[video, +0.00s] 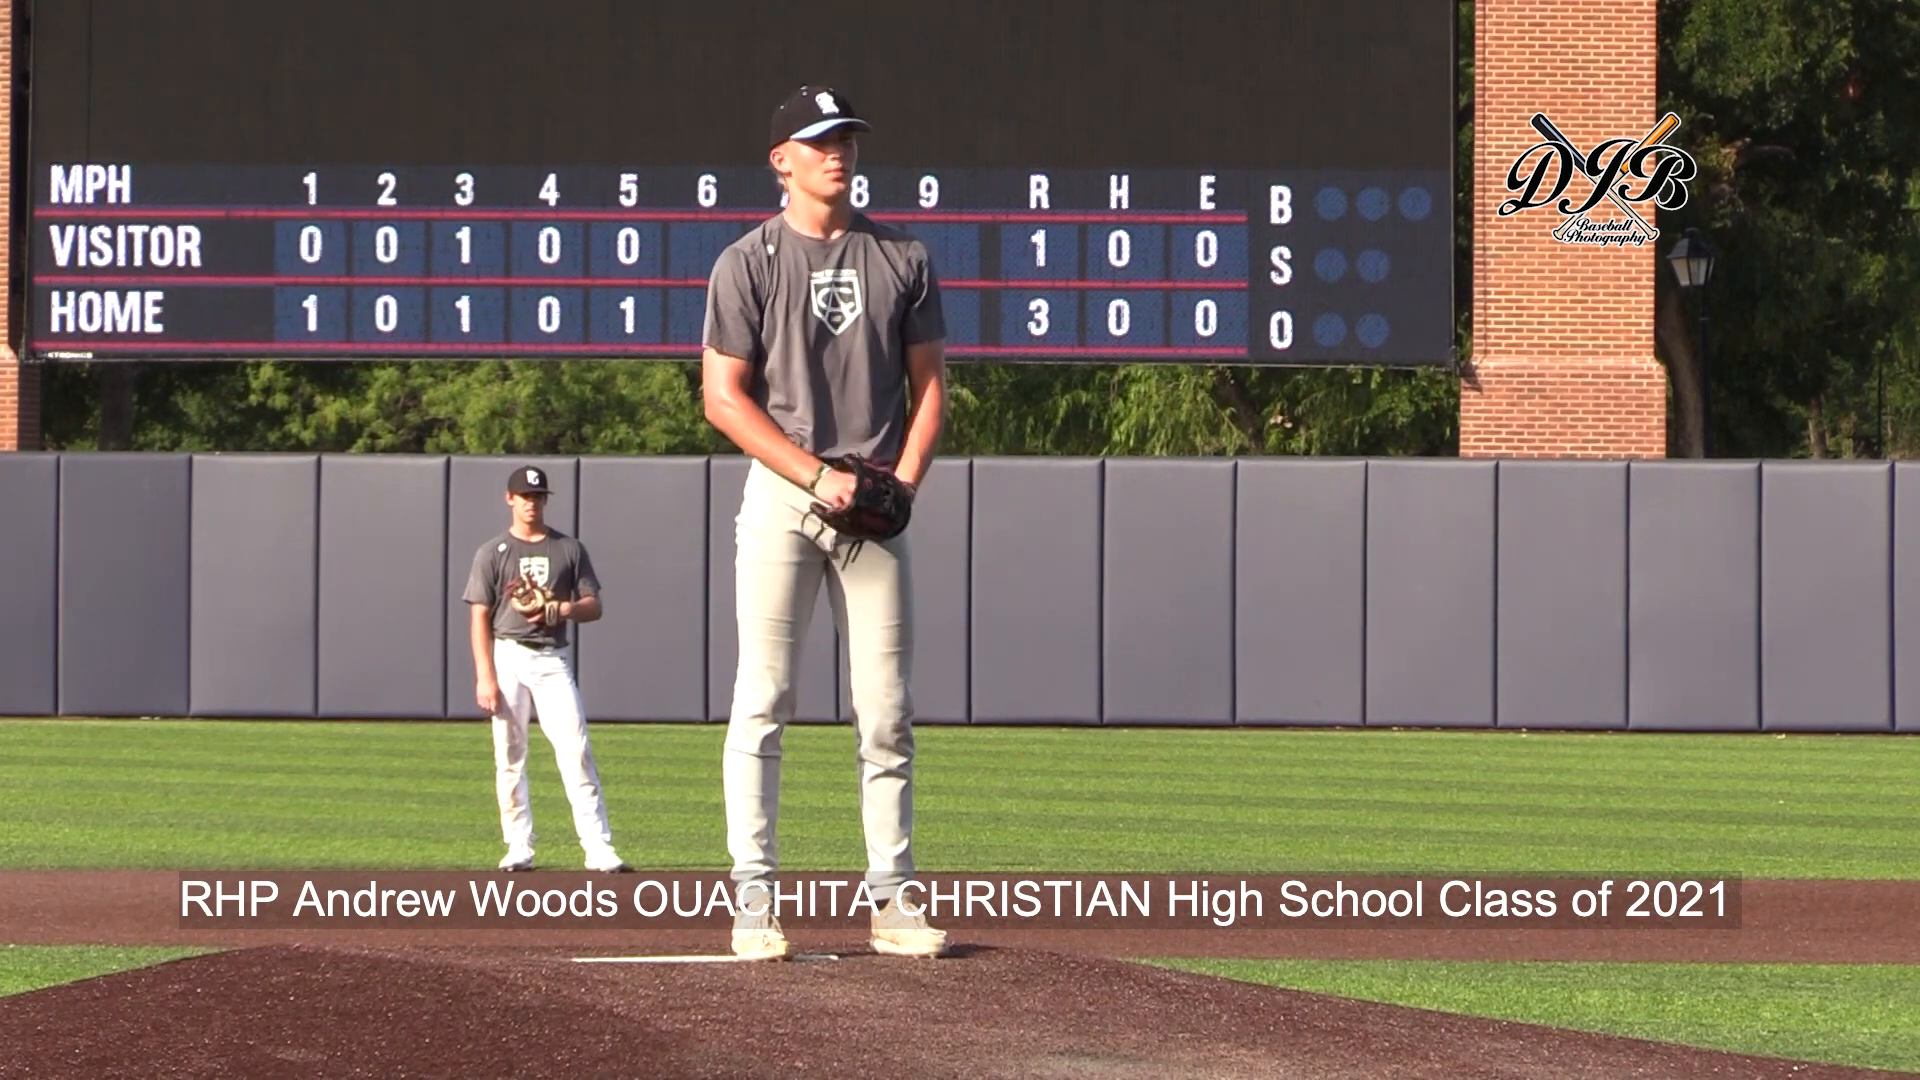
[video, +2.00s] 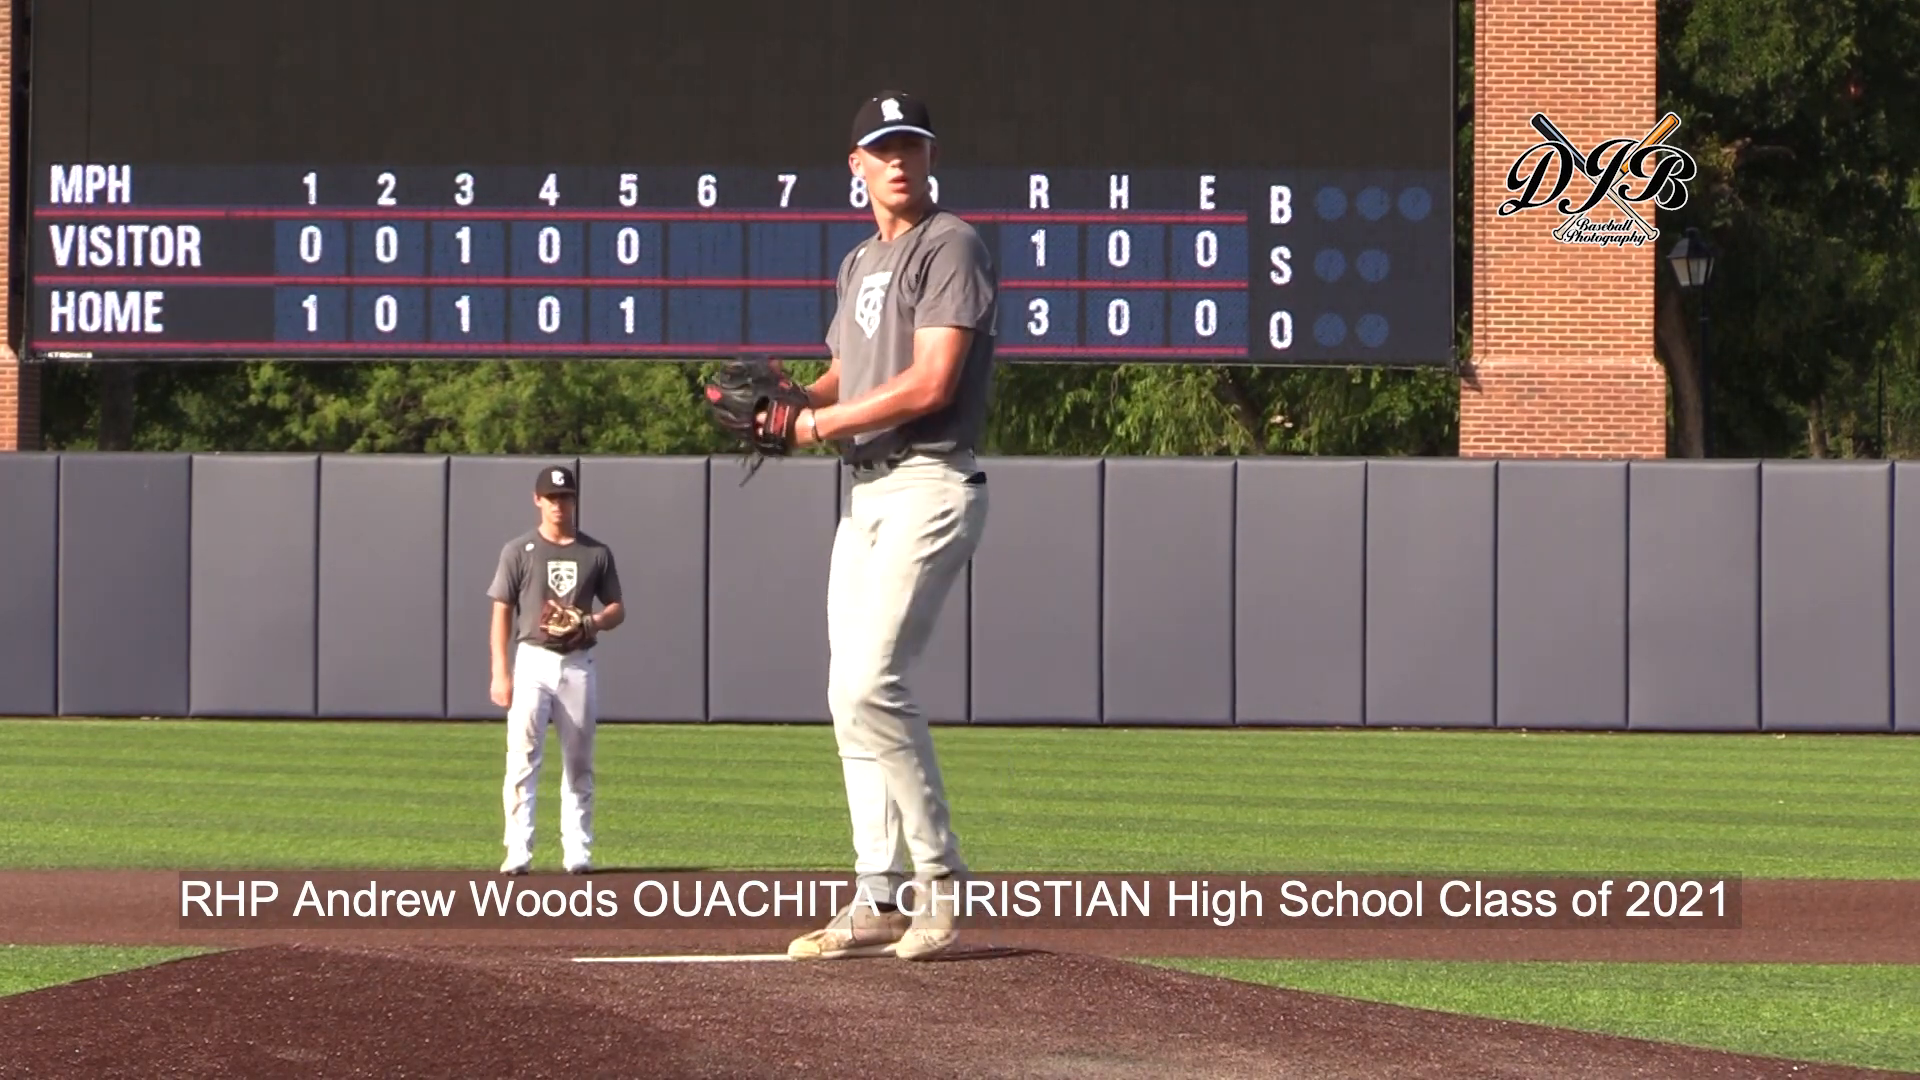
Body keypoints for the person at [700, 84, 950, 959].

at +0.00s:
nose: (839, 158)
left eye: (846, 144)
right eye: (821, 146)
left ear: (857, 157)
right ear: (782, 160)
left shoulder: (901, 259)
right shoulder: (745, 263)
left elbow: (931, 386)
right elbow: (721, 397)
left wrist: (901, 487)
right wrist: (816, 474)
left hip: (875, 502)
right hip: (778, 500)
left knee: (886, 710)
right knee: (764, 700)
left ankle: (892, 897)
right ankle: (754, 898)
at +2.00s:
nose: (901, 165)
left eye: (911, 150)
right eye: (884, 153)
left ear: (930, 160)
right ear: (857, 167)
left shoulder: (953, 244)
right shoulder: (858, 263)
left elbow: (932, 383)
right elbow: (846, 381)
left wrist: (817, 423)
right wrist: (784, 405)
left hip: (930, 486)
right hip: (867, 490)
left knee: (870, 686)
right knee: (851, 697)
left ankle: (940, 882)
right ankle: (880, 898)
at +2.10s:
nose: (895, 165)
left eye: (906, 150)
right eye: (879, 153)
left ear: (926, 160)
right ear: (853, 166)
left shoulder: (948, 243)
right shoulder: (865, 261)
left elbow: (914, 378)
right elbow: (849, 368)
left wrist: (796, 391)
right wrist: (780, 368)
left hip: (925, 479)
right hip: (873, 479)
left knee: (797, 630)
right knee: (868, 696)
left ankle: (872, 829)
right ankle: (874, 908)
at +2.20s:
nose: (889, 168)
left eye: (902, 153)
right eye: (873, 155)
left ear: (925, 162)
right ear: (851, 170)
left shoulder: (946, 242)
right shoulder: (869, 264)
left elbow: (893, 371)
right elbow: (853, 387)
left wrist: (778, 343)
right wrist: (779, 342)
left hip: (920, 475)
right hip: (885, 476)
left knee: (741, 557)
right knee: (863, 704)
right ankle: (882, 906)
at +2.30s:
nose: (886, 173)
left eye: (899, 157)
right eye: (870, 160)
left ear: (924, 166)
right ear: (850, 174)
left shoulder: (943, 242)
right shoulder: (875, 263)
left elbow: (871, 360)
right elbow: (839, 380)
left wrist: (773, 303)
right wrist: (778, 309)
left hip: (918, 473)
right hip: (894, 477)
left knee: (713, 481)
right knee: (864, 702)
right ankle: (879, 907)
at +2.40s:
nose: (885, 178)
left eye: (897, 162)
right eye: (869, 165)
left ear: (922, 170)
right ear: (848, 178)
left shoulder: (937, 243)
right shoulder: (878, 264)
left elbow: (845, 346)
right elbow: (811, 365)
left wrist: (773, 276)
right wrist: (779, 276)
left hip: (910, 468)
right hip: (898, 488)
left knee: (711, 403)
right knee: (854, 698)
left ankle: (575, 565)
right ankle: (878, 905)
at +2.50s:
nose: (879, 192)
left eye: (894, 175)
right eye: (864, 178)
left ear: (921, 183)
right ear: (846, 191)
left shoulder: (936, 252)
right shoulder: (877, 273)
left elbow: (825, 329)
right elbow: (824, 348)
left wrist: (773, 252)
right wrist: (780, 263)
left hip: (900, 469)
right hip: (883, 500)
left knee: (742, 326)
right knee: (839, 697)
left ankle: (600, 489)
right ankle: (878, 906)